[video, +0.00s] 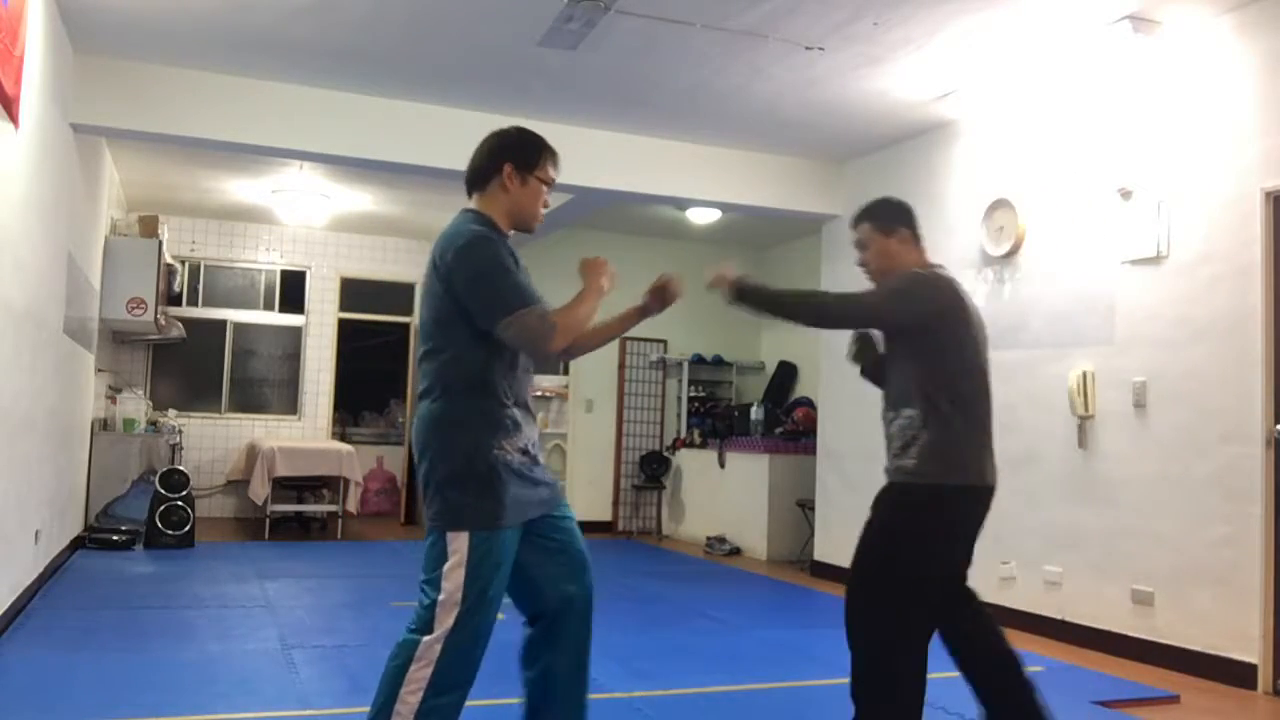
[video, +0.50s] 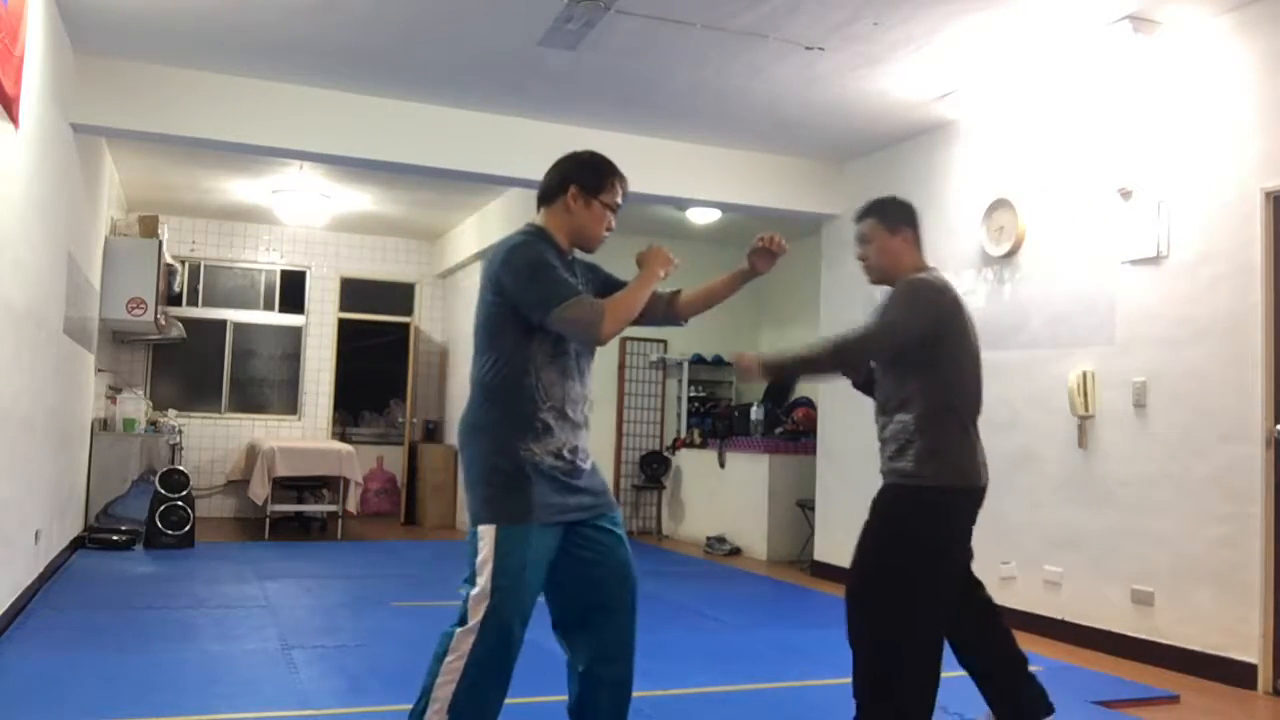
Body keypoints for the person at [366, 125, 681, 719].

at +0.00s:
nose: (549, 200)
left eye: (552, 188)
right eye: (545, 184)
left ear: (506, 180)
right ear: (509, 175)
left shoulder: (494, 249)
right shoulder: (473, 242)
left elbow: (559, 346)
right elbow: (543, 337)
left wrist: (640, 310)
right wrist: (593, 289)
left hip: (518, 464)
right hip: (472, 465)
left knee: (566, 600)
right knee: (450, 627)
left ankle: (555, 715)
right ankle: (398, 718)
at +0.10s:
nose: (568, 206)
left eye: (571, 194)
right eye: (563, 191)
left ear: (528, 187)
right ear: (527, 183)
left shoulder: (531, 262)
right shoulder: (484, 249)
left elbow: (616, 309)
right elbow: (572, 323)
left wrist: (696, 273)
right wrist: (614, 272)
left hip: (529, 464)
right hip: (479, 465)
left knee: (568, 622)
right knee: (454, 630)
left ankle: (587, 716)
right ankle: (399, 716)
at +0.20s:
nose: (594, 212)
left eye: (596, 200)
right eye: (588, 197)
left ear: (556, 193)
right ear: (552, 189)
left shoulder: (563, 269)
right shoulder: (502, 251)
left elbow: (656, 299)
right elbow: (581, 319)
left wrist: (738, 265)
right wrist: (628, 271)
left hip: (550, 468)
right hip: (492, 466)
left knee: (582, 619)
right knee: (469, 621)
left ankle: (595, 714)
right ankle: (408, 716)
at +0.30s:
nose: (609, 219)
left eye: (612, 208)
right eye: (604, 204)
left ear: (573, 199)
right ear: (567, 194)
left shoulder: (582, 273)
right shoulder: (515, 253)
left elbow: (668, 306)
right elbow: (588, 320)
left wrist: (745, 272)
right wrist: (639, 274)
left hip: (567, 468)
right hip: (506, 467)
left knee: (597, 615)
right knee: (484, 621)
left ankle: (599, 714)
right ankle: (430, 715)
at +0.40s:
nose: (614, 222)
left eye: (617, 210)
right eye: (610, 206)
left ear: (578, 201)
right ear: (573, 196)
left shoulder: (588, 275)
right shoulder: (521, 255)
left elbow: (672, 308)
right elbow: (594, 321)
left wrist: (748, 273)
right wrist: (647, 277)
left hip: (572, 467)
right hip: (510, 466)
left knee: (604, 601)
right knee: (497, 614)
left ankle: (598, 713)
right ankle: (441, 714)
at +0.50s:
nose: (614, 224)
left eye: (618, 212)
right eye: (610, 208)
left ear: (578, 202)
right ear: (573, 197)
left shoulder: (586, 275)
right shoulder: (521, 256)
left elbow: (670, 307)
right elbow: (596, 323)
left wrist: (746, 271)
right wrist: (647, 278)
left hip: (572, 467)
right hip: (513, 468)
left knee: (608, 599)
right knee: (493, 620)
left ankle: (599, 714)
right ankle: (440, 716)